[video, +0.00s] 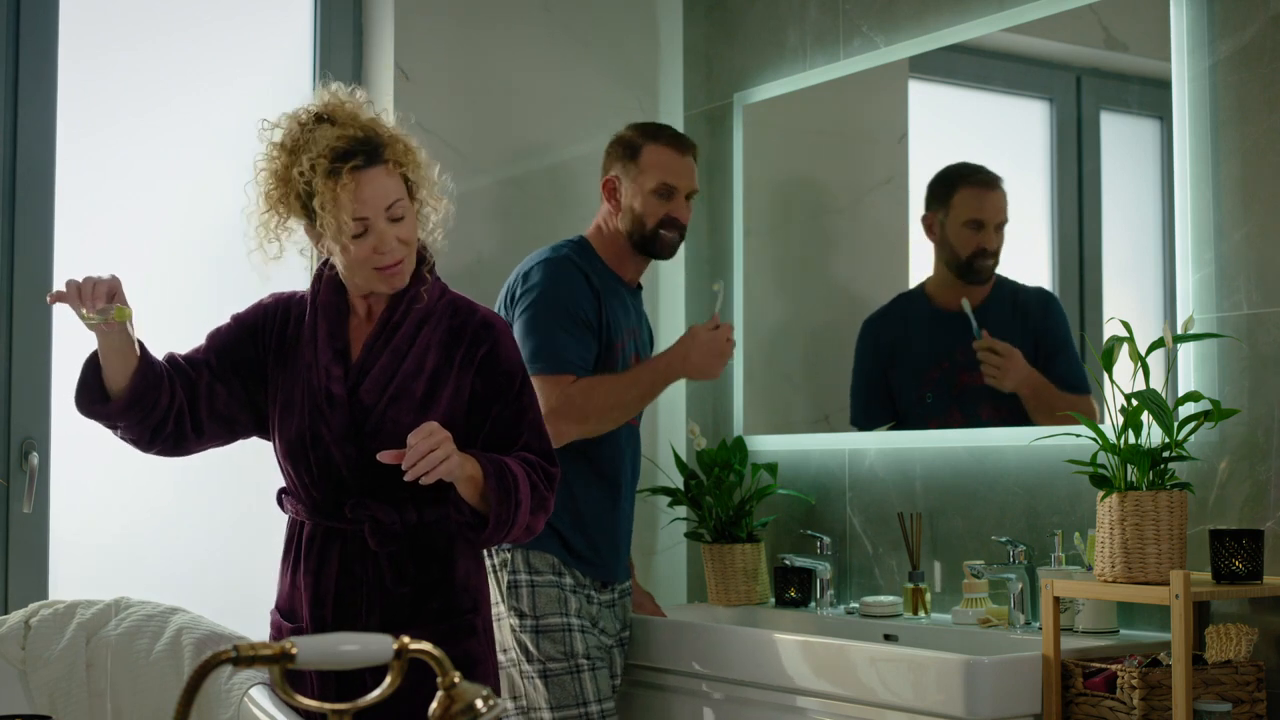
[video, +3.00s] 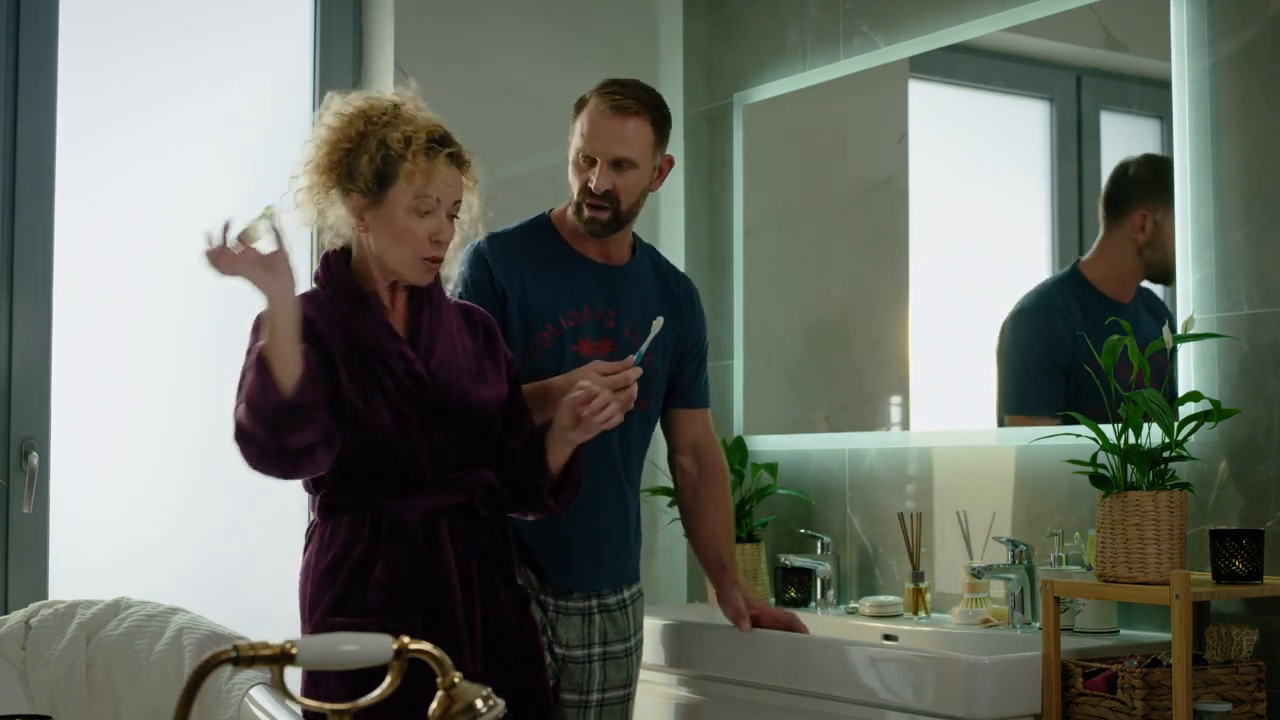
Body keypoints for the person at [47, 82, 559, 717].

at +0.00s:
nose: (387, 245)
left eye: (398, 214)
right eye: (357, 229)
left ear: (417, 206)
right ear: (319, 234)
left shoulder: (478, 339)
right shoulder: (283, 332)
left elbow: (533, 492)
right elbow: (163, 414)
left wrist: (464, 469)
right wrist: (112, 330)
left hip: (441, 617)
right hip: (316, 618)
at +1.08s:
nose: (315, 259)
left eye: (327, 229)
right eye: (295, 245)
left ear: (379, 209)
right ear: (284, 250)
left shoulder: (475, 333)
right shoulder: (289, 329)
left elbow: (534, 488)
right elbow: (172, 404)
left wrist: (464, 473)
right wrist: (126, 321)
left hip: (436, 615)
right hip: (313, 615)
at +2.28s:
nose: (330, 220)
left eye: (358, 201)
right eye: (323, 200)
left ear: (411, 216)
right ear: (311, 207)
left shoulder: (476, 331)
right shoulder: (291, 339)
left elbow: (529, 484)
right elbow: (211, 457)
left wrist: (460, 466)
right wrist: (141, 374)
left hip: (441, 614)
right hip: (318, 614)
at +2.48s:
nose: (388, 218)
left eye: (407, 197)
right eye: (366, 196)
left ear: (429, 210)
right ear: (326, 208)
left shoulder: (479, 330)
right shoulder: (287, 343)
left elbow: (532, 487)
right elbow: (226, 478)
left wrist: (473, 459)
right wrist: (148, 391)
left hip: (451, 618)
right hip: (324, 618)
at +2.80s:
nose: (435, 224)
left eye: (441, 204)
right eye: (412, 201)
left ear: (451, 207)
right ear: (348, 205)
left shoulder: (479, 328)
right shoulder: (284, 341)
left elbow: (529, 505)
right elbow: (241, 497)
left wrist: (535, 454)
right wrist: (205, 369)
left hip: (479, 612)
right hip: (349, 619)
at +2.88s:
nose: (441, 227)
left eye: (446, 207)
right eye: (420, 206)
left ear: (453, 210)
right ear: (355, 211)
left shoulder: (478, 327)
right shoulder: (291, 336)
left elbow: (509, 489)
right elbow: (253, 481)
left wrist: (538, 448)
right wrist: (233, 336)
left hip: (482, 602)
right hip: (358, 606)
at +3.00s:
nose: (443, 234)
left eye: (451, 215)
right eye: (423, 211)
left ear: (461, 217)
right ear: (360, 210)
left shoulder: (475, 331)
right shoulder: (305, 325)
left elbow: (509, 488)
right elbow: (282, 453)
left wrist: (562, 434)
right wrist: (281, 300)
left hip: (485, 600)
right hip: (368, 602)